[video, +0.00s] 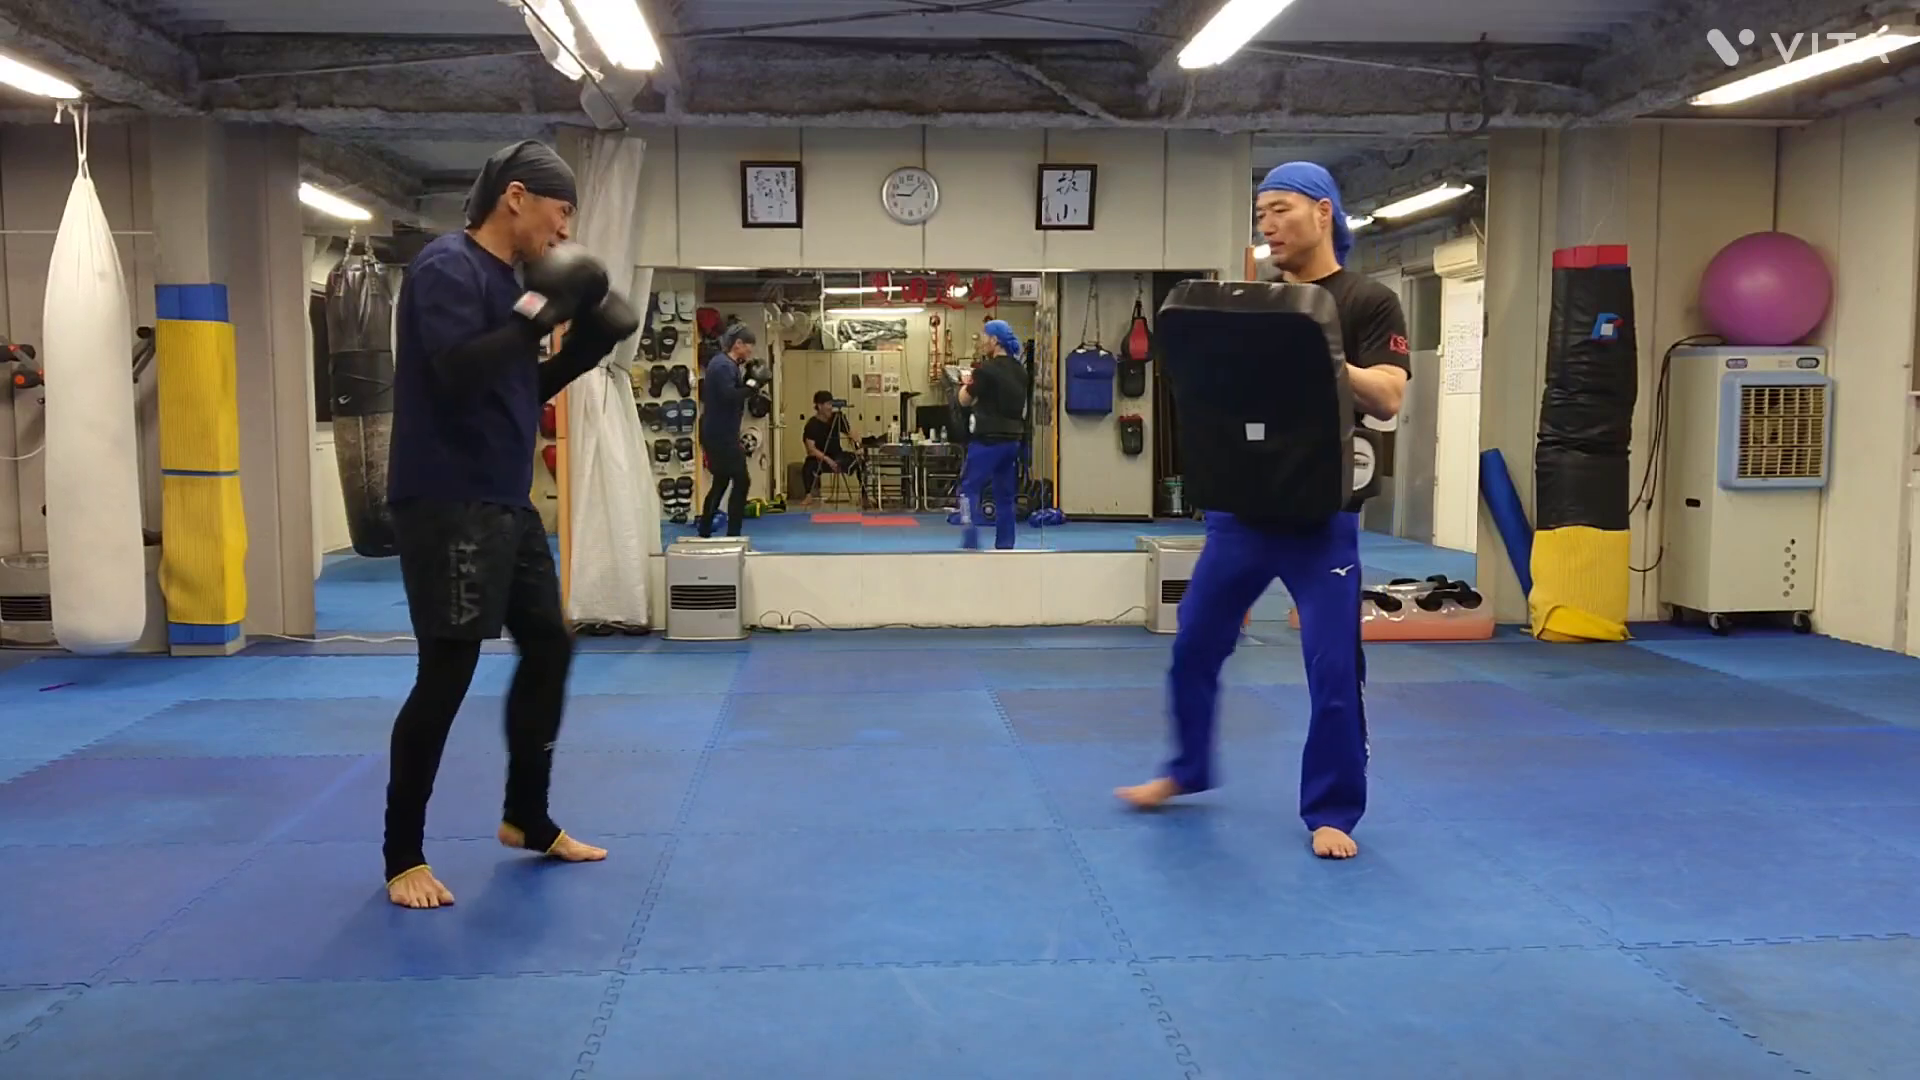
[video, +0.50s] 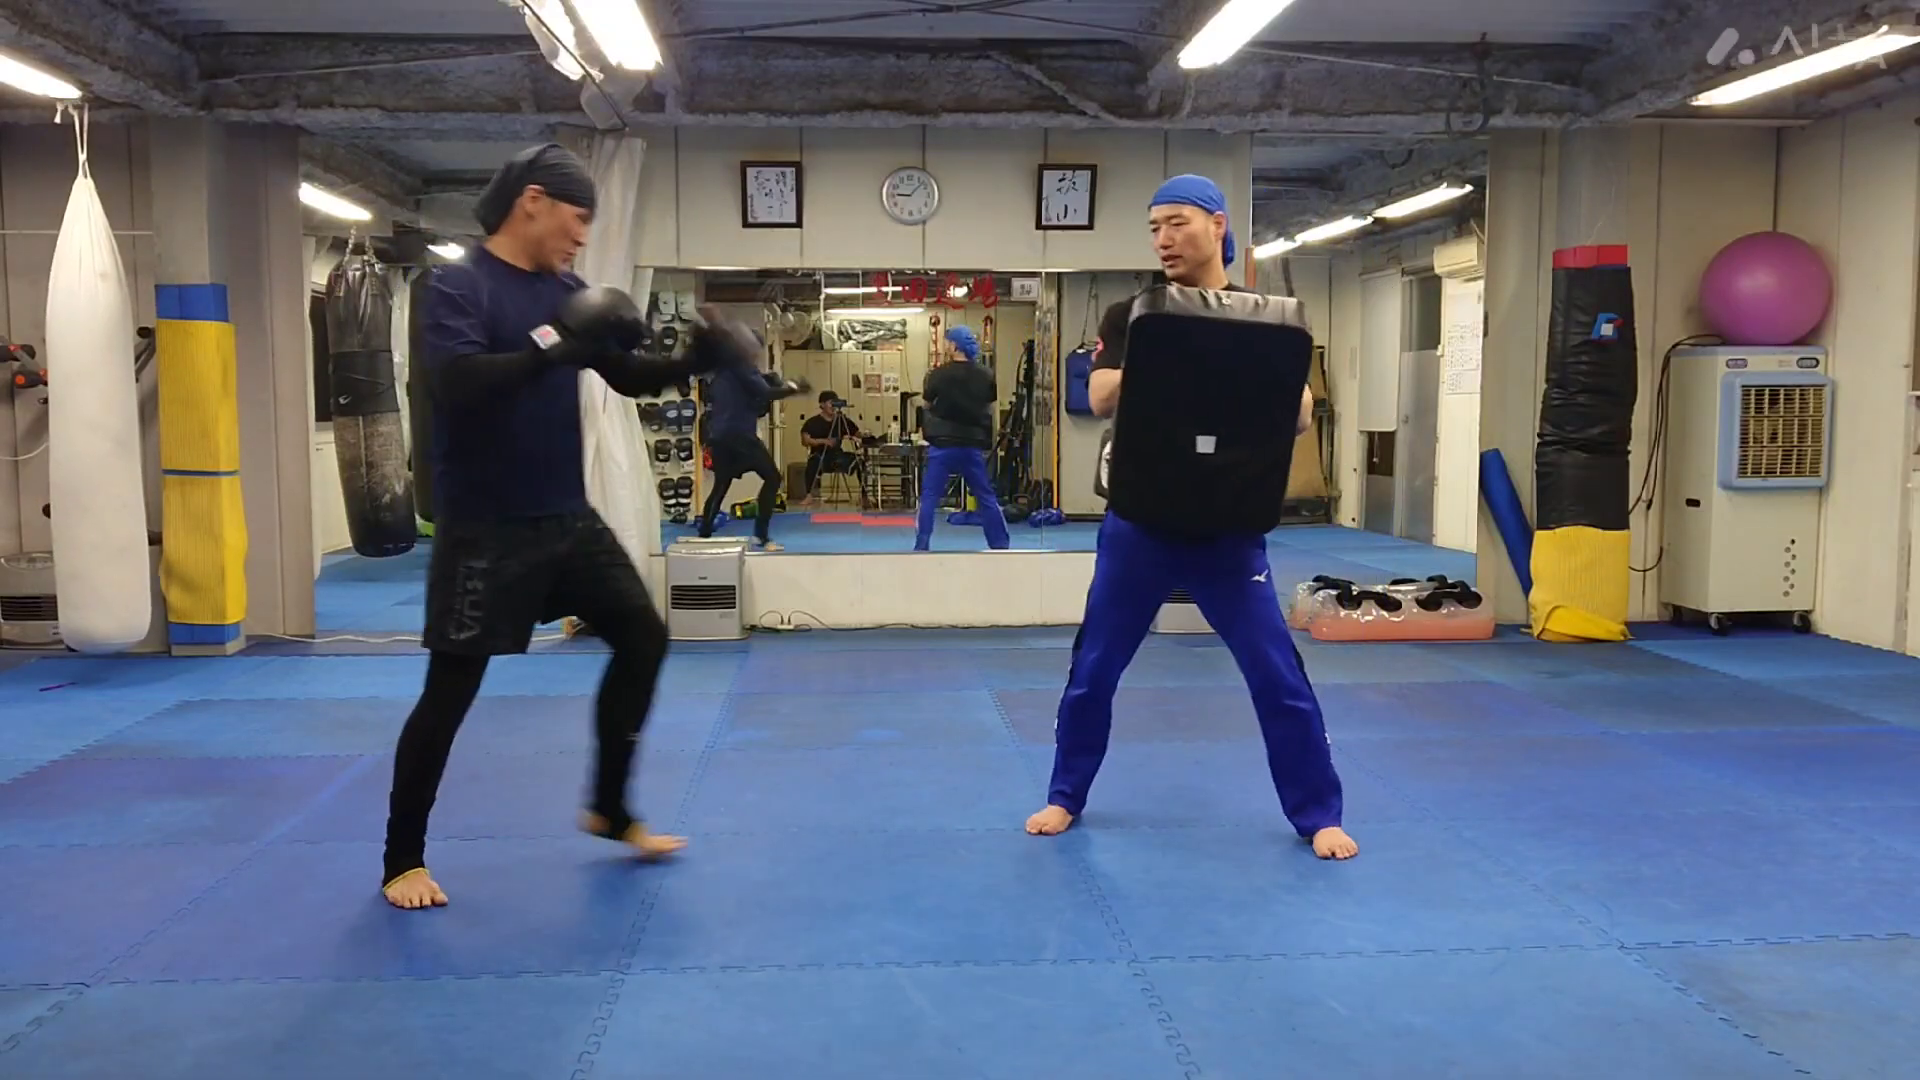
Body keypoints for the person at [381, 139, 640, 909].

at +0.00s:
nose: (563, 230)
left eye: (568, 218)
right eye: (558, 212)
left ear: (522, 205)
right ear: (513, 197)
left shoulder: (512, 287)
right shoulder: (446, 267)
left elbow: (525, 392)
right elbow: (457, 369)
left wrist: (591, 345)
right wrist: (537, 310)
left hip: (509, 507)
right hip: (447, 508)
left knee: (548, 648)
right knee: (444, 675)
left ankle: (527, 820)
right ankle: (403, 859)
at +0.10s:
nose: (557, 239)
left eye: (562, 227)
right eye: (552, 221)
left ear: (512, 215)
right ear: (506, 208)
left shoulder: (510, 298)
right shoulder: (438, 280)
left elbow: (520, 403)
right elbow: (440, 392)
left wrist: (575, 367)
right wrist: (531, 355)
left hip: (508, 515)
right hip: (444, 523)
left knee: (585, 635)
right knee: (442, 689)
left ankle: (545, 803)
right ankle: (402, 863)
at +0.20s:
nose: (554, 245)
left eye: (558, 232)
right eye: (548, 228)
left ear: (508, 223)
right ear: (501, 215)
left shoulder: (511, 302)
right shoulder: (430, 289)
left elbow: (518, 406)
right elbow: (436, 399)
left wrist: (573, 372)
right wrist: (540, 374)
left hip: (510, 520)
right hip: (444, 528)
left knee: (583, 647)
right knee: (448, 692)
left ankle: (563, 822)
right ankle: (402, 864)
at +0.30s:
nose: (558, 238)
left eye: (562, 225)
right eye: (551, 220)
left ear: (513, 214)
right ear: (505, 206)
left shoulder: (522, 295)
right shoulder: (430, 284)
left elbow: (553, 396)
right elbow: (432, 401)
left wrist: (608, 344)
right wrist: (521, 338)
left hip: (521, 517)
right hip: (452, 523)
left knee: (581, 652)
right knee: (450, 685)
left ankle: (561, 826)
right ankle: (402, 863)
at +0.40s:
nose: (564, 238)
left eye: (569, 224)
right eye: (558, 220)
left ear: (525, 211)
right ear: (513, 203)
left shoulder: (536, 292)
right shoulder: (437, 281)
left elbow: (597, 377)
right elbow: (442, 385)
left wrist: (647, 326)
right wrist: (534, 326)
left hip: (542, 515)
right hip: (464, 524)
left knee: (608, 644)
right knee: (445, 689)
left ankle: (570, 814)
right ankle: (401, 864)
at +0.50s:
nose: (583, 238)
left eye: (588, 223)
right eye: (577, 220)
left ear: (541, 209)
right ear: (531, 202)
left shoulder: (562, 296)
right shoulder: (453, 284)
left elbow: (624, 375)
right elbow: (452, 380)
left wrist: (693, 360)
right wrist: (550, 350)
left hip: (565, 522)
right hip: (482, 533)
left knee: (643, 639)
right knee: (448, 695)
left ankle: (608, 809)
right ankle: (403, 863)